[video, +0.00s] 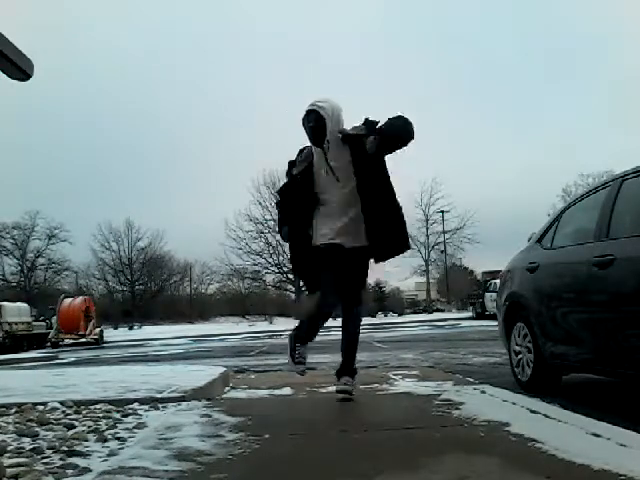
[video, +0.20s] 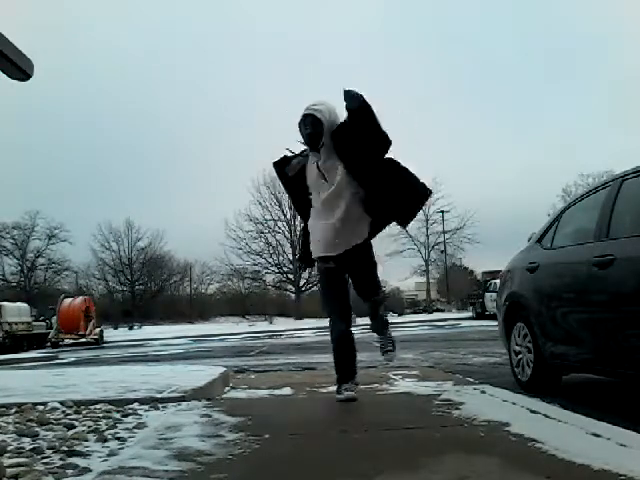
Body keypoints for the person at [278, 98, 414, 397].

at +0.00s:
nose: (310, 128)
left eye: (316, 121)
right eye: (307, 123)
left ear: (332, 121)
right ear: (305, 126)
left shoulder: (360, 144)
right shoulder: (305, 161)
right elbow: (288, 203)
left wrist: (384, 134)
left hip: (356, 242)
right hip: (321, 243)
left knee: (352, 309)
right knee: (326, 303)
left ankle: (347, 375)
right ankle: (298, 341)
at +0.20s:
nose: (307, 131)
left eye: (313, 125)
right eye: (304, 126)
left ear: (328, 126)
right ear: (302, 131)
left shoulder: (349, 149)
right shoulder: (303, 165)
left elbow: (380, 146)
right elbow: (305, 210)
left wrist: (361, 111)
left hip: (356, 241)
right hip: (323, 249)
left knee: (371, 298)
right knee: (338, 319)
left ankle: (382, 331)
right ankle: (346, 381)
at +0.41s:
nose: (308, 129)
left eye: (313, 122)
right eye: (303, 124)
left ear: (329, 123)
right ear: (300, 130)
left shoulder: (351, 146)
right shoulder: (301, 165)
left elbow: (381, 128)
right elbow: (301, 210)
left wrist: (346, 111)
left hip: (357, 241)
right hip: (323, 251)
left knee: (376, 289)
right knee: (334, 318)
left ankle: (387, 308)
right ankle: (344, 379)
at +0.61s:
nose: (314, 140)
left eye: (320, 134)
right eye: (310, 135)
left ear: (336, 135)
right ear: (306, 140)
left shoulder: (351, 160)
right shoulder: (301, 176)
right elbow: (292, 222)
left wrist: (354, 145)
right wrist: (289, 256)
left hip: (352, 249)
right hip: (319, 257)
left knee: (368, 313)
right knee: (332, 320)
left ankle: (384, 294)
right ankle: (341, 380)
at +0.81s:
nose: (343, 134)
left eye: (347, 128)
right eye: (337, 128)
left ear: (352, 131)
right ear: (322, 130)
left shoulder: (363, 164)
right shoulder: (303, 160)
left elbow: (385, 202)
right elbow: (270, 169)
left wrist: (381, 230)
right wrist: (278, 139)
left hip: (353, 247)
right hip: (319, 250)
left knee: (356, 298)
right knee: (333, 315)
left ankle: (376, 346)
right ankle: (340, 377)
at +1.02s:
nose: (349, 130)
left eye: (354, 124)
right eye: (344, 124)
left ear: (359, 126)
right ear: (328, 124)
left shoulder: (369, 159)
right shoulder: (311, 146)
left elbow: (378, 208)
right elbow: (281, 150)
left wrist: (384, 253)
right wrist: (294, 108)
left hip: (354, 244)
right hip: (319, 242)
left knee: (344, 310)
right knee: (320, 304)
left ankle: (340, 378)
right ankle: (321, 346)